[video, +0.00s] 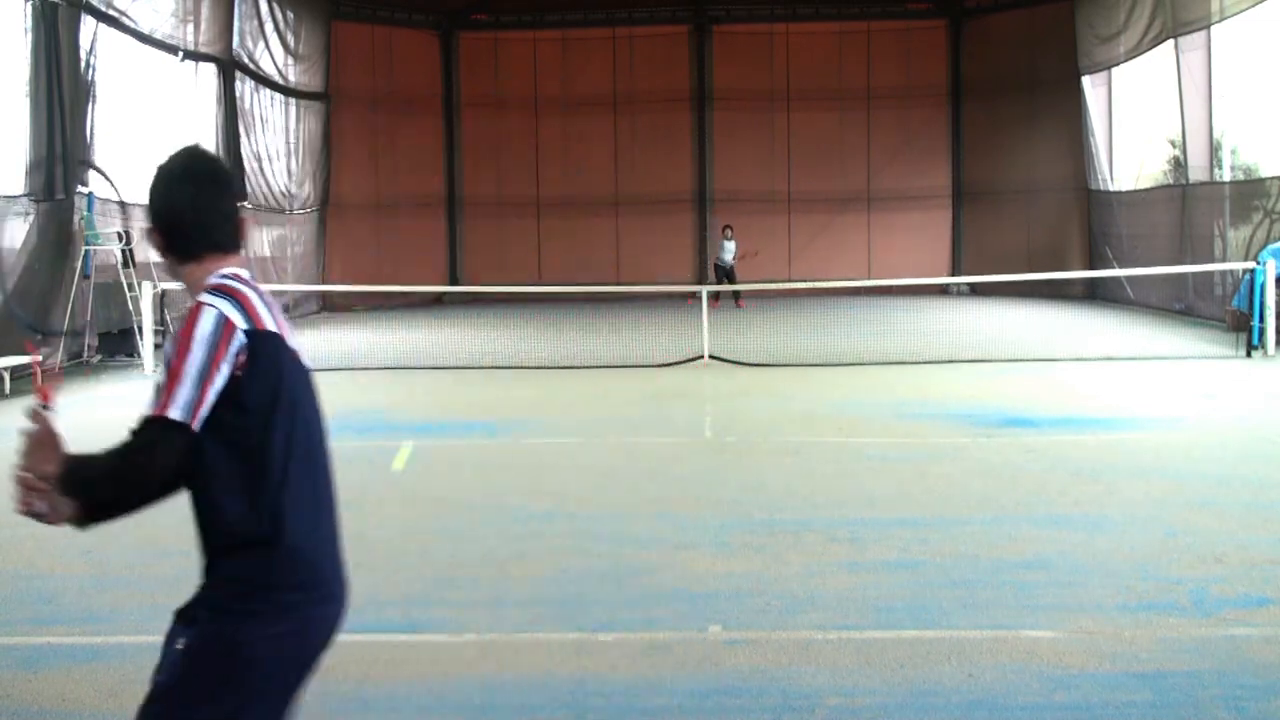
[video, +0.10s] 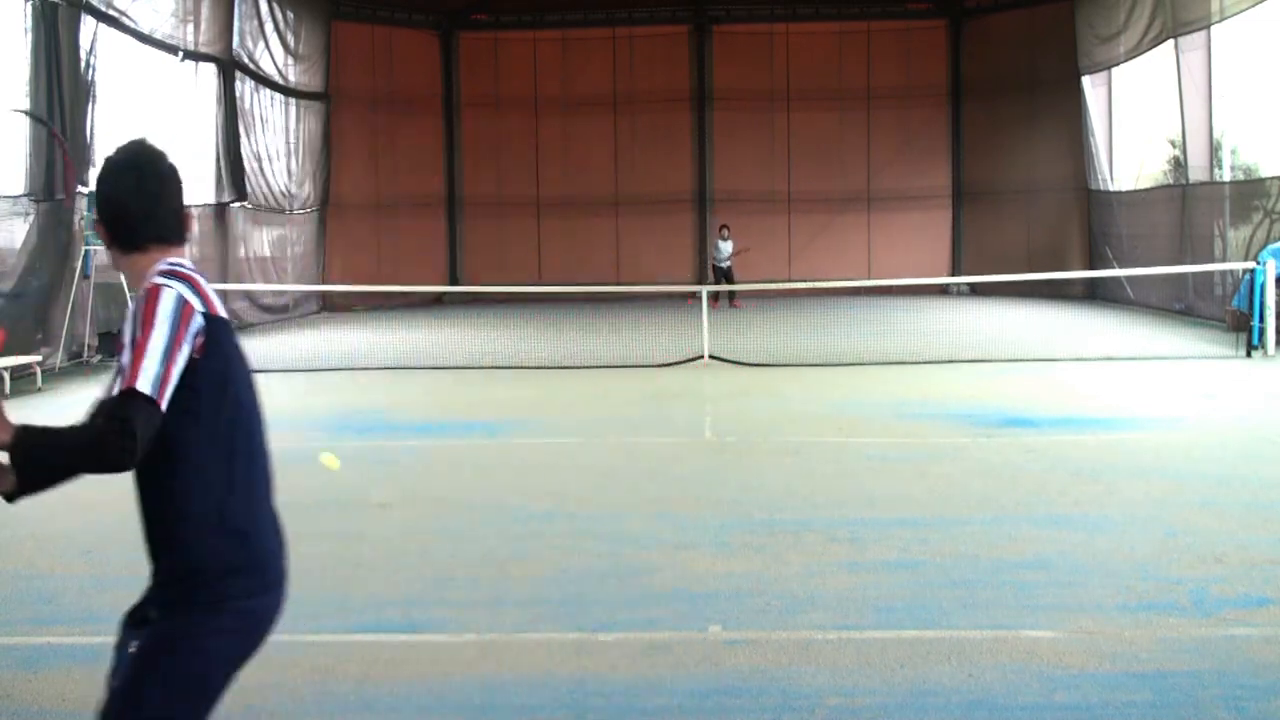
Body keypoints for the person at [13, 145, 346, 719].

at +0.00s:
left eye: (153, 226)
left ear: (157, 239)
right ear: (242, 225)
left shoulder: (217, 311)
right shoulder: (248, 306)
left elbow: (159, 453)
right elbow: (184, 461)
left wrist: (63, 468)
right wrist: (77, 505)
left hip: (260, 593)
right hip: (292, 587)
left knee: (172, 708)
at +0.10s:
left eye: (97, 222)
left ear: (103, 233)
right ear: (187, 221)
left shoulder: (169, 295)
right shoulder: (173, 294)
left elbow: (125, 437)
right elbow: (108, 431)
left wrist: (17, 435)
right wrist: (14, 478)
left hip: (215, 586)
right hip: (208, 577)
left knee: (138, 706)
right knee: (133, 696)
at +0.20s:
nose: (45, 230)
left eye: (45, 219)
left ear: (53, 233)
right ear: (134, 220)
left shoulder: (127, 290)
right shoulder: (101, 302)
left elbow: (113, 437)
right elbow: (50, 412)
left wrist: (11, 443)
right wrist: (7, 446)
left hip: (167, 586)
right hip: (132, 580)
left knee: (100, 707)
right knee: (60, 701)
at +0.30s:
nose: (10, 243)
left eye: (8, 233)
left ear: (13, 239)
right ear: (94, 227)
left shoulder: (89, 296)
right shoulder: (34, 325)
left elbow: (88, 441)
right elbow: (9, 427)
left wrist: (6, 490)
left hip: (112, 587)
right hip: (69, 585)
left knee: (59, 706)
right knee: (20, 701)